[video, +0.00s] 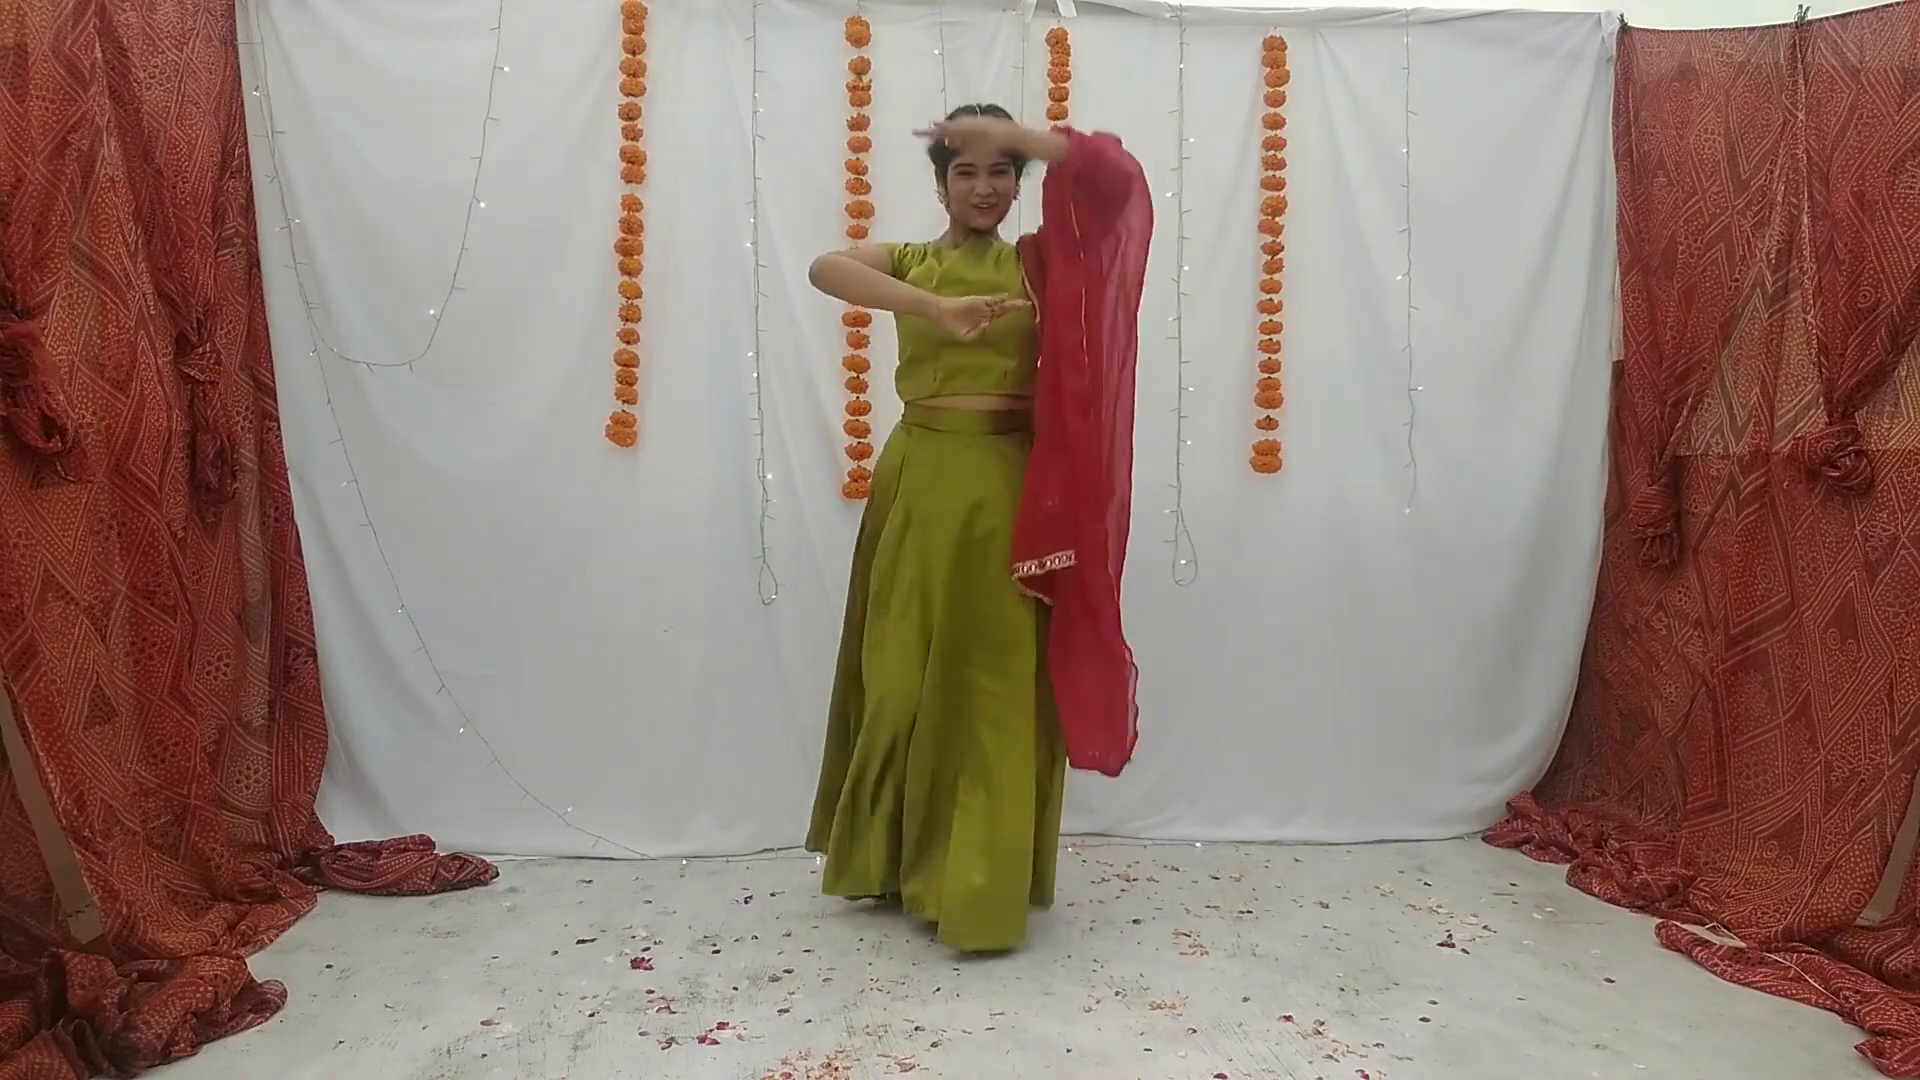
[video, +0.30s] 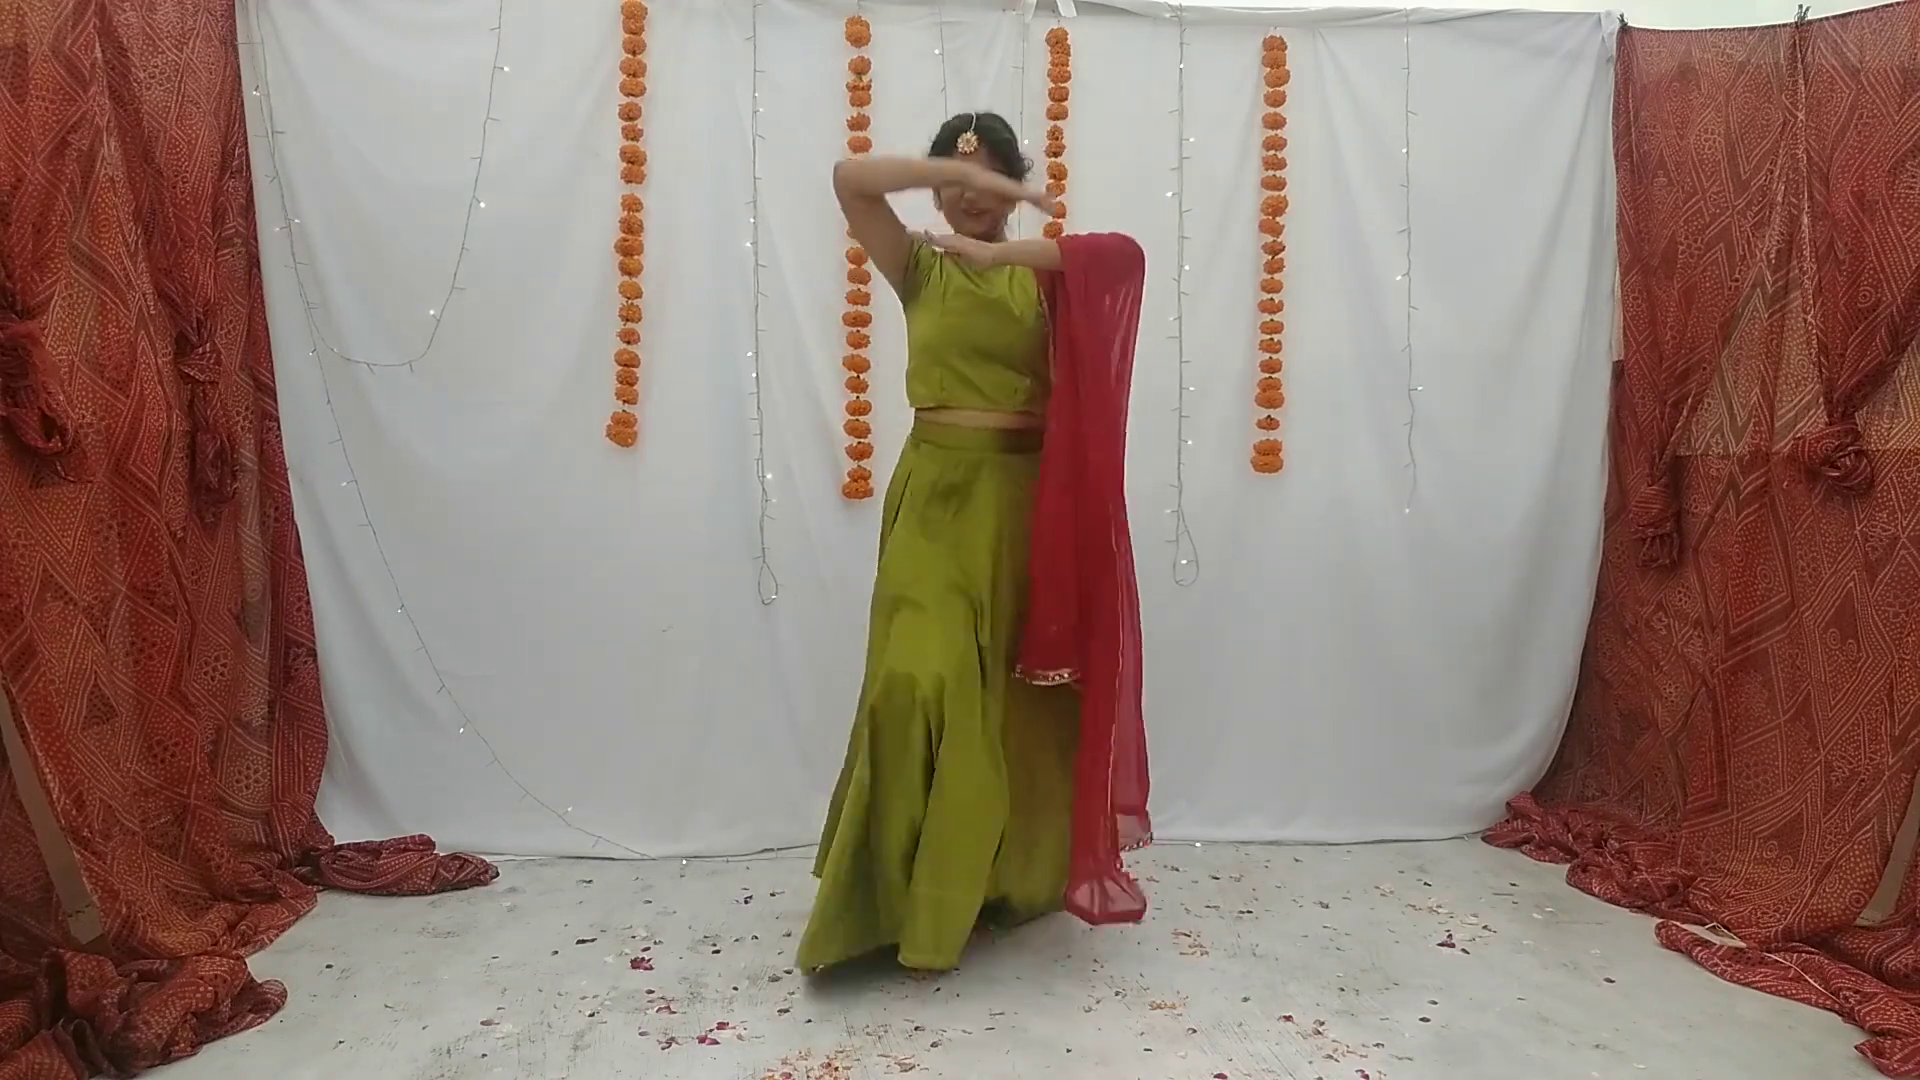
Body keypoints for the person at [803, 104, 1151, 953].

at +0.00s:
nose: (985, 186)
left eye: (1001, 171)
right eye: (969, 168)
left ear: (1020, 181)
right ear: (943, 176)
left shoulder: (1043, 262)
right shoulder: (912, 263)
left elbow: (1118, 178)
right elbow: (828, 270)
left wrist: (1020, 133)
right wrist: (930, 305)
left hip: (1012, 485)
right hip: (922, 483)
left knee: (1002, 683)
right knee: (905, 678)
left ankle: (985, 885)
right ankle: (899, 862)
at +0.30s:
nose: (976, 198)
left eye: (989, 184)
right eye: (961, 185)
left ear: (1013, 192)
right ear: (944, 191)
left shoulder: (1043, 270)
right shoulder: (919, 268)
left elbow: (1126, 262)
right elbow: (853, 179)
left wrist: (998, 239)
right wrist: (957, 169)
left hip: (1025, 493)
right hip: (932, 490)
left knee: (1014, 692)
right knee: (917, 680)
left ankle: (1010, 880)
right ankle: (917, 904)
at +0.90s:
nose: (1019, 174)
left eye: (1037, 160)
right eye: (1001, 158)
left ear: (1059, 176)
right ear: (975, 171)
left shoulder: (1089, 264)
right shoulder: (948, 271)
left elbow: (1163, 158)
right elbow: (841, 256)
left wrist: (1054, 119)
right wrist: (956, 265)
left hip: (1060, 496)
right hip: (959, 491)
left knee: (1066, 715)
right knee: (950, 713)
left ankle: (1083, 932)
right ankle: (933, 938)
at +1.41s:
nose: (1006, 127)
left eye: (1022, 112)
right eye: (987, 114)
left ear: (1052, 130)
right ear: (960, 139)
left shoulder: (1096, 234)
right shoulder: (941, 252)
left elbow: (1193, 309)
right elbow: (845, 369)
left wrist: (1108, 223)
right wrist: (904, 265)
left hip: (1086, 495)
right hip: (972, 492)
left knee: (1085, 732)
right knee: (969, 730)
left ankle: (1086, 984)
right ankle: (965, 975)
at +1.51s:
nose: (990, 150)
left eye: (1008, 136)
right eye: (970, 139)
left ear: (1039, 163)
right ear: (949, 169)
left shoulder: (1086, 271)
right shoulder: (921, 293)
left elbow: (1197, 380)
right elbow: (916, 444)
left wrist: (1102, 319)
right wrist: (891, 372)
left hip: (1074, 533)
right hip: (959, 529)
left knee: (1082, 757)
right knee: (965, 757)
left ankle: (1080, 992)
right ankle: (960, 987)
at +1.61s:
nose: (987, 157)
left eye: (1004, 143)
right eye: (969, 146)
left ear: (1036, 167)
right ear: (944, 173)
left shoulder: (1082, 275)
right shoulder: (918, 292)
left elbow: (1184, 377)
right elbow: (865, 424)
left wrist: (1236, 300)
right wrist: (766, 393)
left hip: (1057, 522)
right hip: (951, 519)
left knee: (1068, 756)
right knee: (959, 754)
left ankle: (1067, 992)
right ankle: (956, 986)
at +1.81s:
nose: (1021, 112)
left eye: (1036, 97)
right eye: (1000, 102)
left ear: (1062, 119)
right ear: (973, 130)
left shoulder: (1072, 238)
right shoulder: (971, 223)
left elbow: (1127, 375)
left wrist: (1228, 419)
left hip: (1041, 488)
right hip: (967, 479)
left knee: (1043, 722)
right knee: (969, 725)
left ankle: (1026, 963)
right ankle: (953, 972)